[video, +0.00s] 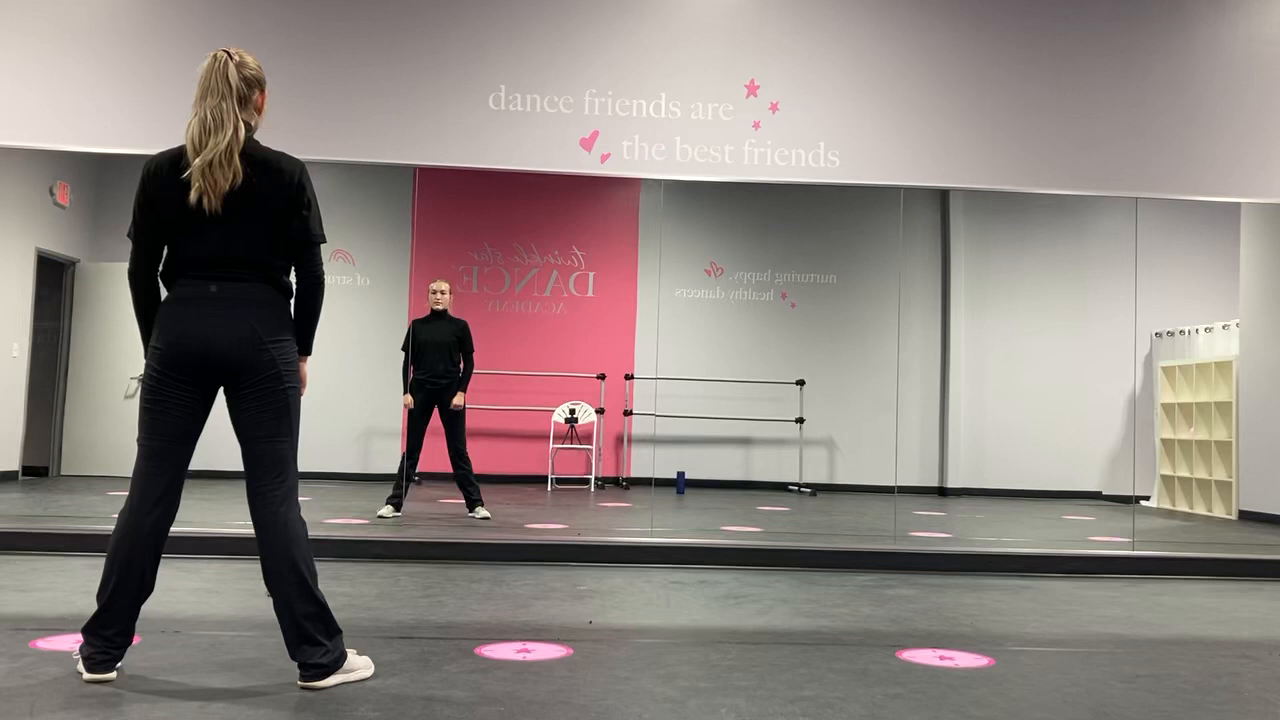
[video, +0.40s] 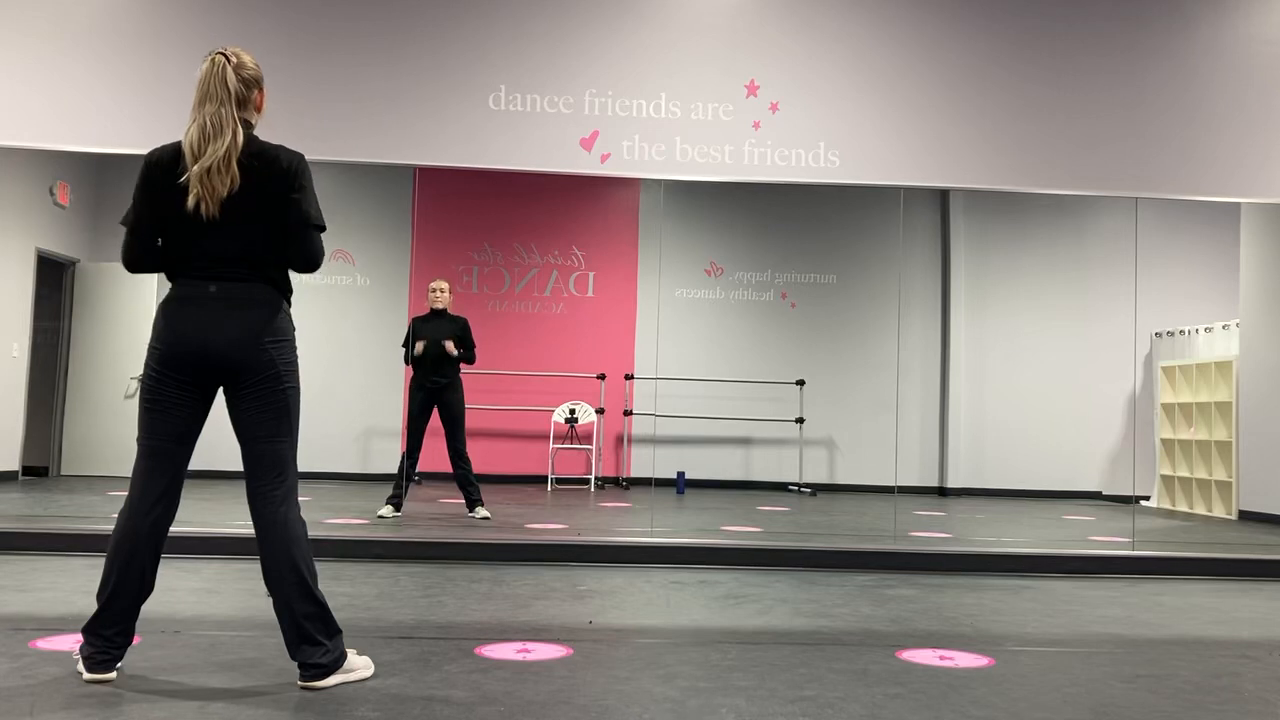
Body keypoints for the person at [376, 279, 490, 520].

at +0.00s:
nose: (438, 296)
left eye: (443, 292)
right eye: (434, 292)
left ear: (450, 297)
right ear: (428, 297)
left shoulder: (460, 327)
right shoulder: (416, 326)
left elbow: (468, 363)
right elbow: (407, 361)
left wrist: (461, 391)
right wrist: (406, 391)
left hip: (450, 393)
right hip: (421, 392)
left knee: (458, 450)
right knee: (412, 450)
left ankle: (475, 504)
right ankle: (394, 503)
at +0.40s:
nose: (437, 294)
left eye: (442, 291)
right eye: (433, 291)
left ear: (450, 296)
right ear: (427, 296)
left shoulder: (460, 323)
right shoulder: (417, 323)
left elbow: (471, 358)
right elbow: (406, 357)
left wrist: (456, 352)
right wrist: (414, 351)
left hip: (450, 390)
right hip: (421, 390)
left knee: (458, 448)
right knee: (412, 448)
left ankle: (475, 504)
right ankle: (394, 503)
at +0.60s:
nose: (438, 296)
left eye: (443, 293)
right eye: (434, 293)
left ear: (451, 298)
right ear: (428, 298)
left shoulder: (457, 324)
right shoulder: (419, 324)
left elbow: (460, 346)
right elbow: (413, 346)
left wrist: (442, 325)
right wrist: (426, 323)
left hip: (450, 389)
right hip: (421, 388)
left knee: (458, 448)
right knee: (412, 448)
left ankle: (475, 504)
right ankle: (394, 503)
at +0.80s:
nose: (437, 296)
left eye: (441, 293)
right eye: (433, 293)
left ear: (448, 298)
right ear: (428, 299)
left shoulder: (455, 322)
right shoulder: (421, 321)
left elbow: (454, 300)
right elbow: (416, 295)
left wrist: (444, 276)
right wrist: (428, 273)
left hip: (450, 388)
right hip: (421, 387)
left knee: (458, 448)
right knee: (412, 448)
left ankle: (475, 505)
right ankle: (394, 503)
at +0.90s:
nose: (438, 293)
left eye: (443, 290)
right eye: (435, 290)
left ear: (450, 296)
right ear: (428, 297)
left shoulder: (455, 319)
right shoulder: (420, 318)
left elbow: (456, 289)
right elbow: (415, 284)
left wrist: (448, 258)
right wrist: (427, 257)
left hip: (450, 387)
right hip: (421, 387)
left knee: (458, 448)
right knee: (412, 447)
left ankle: (475, 505)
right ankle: (395, 503)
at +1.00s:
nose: (438, 293)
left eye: (442, 291)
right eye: (434, 290)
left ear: (449, 297)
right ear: (428, 297)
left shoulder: (455, 318)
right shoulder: (420, 317)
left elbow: (456, 288)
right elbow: (418, 284)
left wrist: (451, 252)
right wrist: (425, 251)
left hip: (450, 387)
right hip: (421, 387)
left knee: (458, 447)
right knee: (412, 447)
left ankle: (475, 504)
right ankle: (394, 503)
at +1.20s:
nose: (436, 294)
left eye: (441, 291)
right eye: (433, 290)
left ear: (449, 296)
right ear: (427, 296)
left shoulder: (455, 317)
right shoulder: (420, 316)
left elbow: (457, 286)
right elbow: (418, 284)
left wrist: (458, 251)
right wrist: (418, 250)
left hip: (450, 387)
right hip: (421, 387)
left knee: (458, 447)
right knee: (412, 447)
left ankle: (474, 504)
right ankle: (394, 503)